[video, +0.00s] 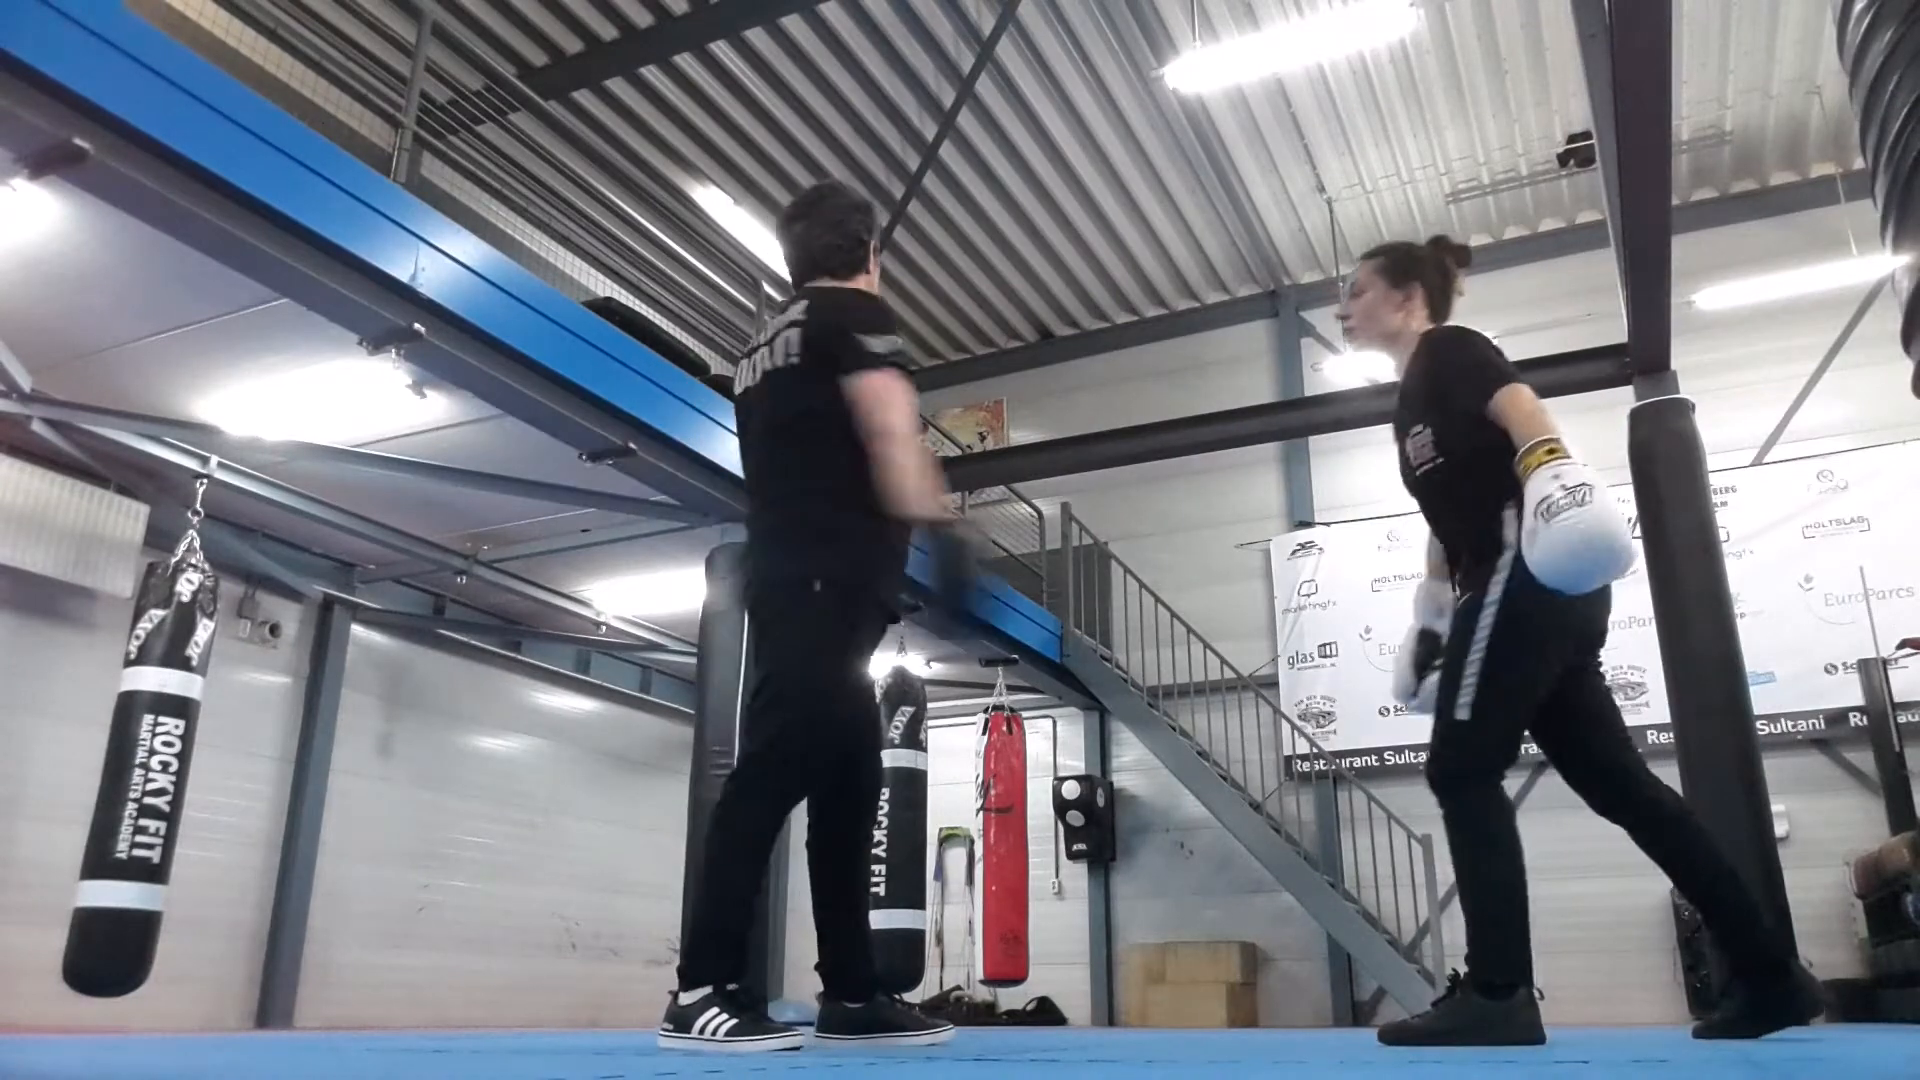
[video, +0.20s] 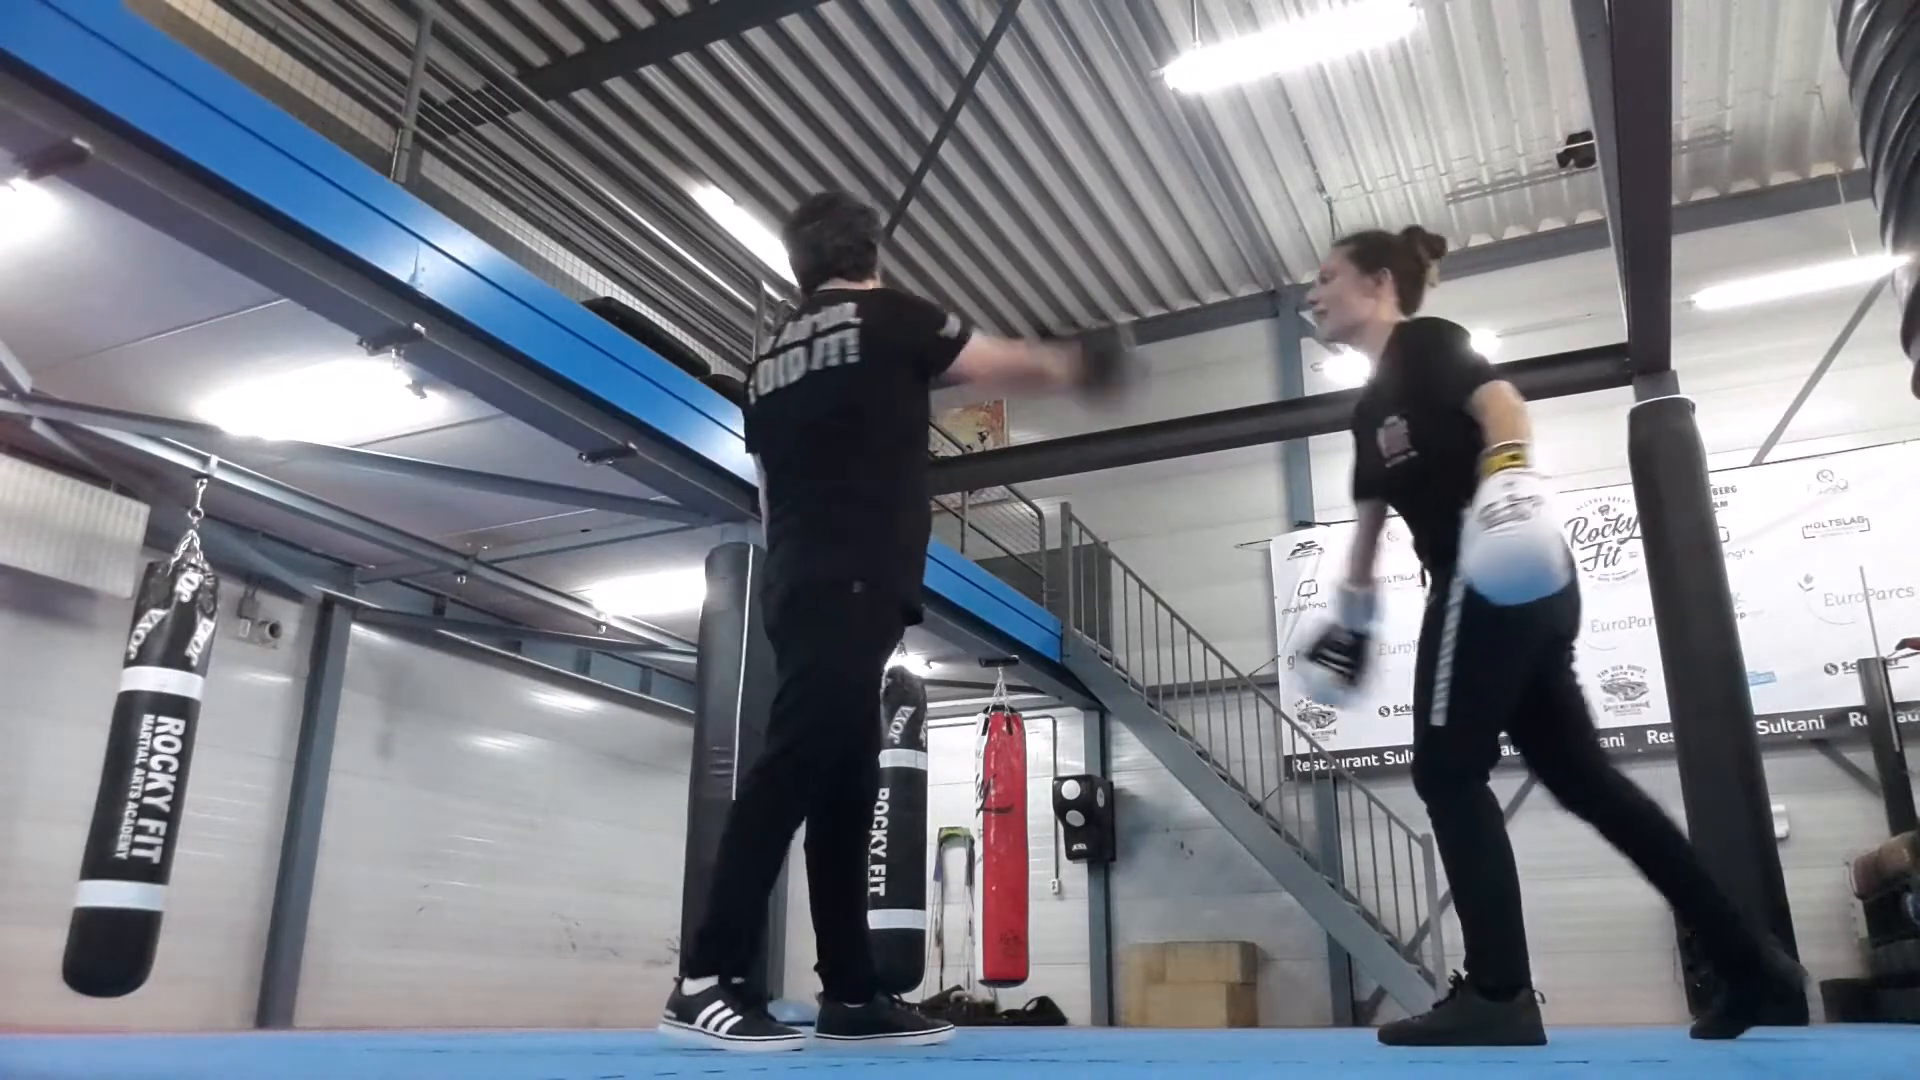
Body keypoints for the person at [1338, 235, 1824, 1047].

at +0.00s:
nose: (1345, 306)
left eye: (1358, 292)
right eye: (1346, 294)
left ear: (1407, 296)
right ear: (1396, 303)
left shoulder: (1447, 349)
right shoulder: (1412, 399)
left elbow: (1516, 407)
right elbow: (1451, 519)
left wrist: (1555, 476)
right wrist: (1431, 618)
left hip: (1527, 576)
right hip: (1526, 589)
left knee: (1461, 769)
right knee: (1619, 786)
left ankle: (1496, 996)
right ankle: (1768, 973)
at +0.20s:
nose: (1312, 294)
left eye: (1327, 280)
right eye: (1315, 282)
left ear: (1378, 286)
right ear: (1366, 292)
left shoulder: (1428, 344)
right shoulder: (1371, 406)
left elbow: (1500, 403)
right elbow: (1371, 516)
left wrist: (1508, 473)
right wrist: (1353, 609)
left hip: (1487, 578)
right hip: (1510, 582)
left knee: (1447, 772)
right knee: (1581, 778)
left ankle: (1498, 994)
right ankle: (1752, 967)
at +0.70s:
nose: (1297, 314)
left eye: (1300, 300)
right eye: (1299, 301)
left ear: (1325, 295)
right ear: (1374, 302)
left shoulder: (1332, 355)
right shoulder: (1403, 367)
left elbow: (1297, 456)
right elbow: (1354, 453)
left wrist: (1227, 550)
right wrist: (1276, 423)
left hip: (1401, 565)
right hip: (1465, 566)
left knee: (1463, 773)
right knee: (1391, 777)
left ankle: (1503, 993)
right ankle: (1395, 986)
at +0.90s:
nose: (1291, 340)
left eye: (1294, 329)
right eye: (1294, 330)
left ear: (1310, 326)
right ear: (1361, 334)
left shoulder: (1310, 380)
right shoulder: (1395, 401)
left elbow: (1280, 479)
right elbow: (1386, 525)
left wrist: (1219, 566)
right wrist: (1288, 563)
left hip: (1369, 584)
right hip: (1430, 588)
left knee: (1400, 778)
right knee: (1365, 783)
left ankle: (1493, 980)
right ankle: (1388, 992)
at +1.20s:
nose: (1267, 381)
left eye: (1266, 372)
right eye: (1270, 372)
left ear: (1278, 366)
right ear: (1331, 365)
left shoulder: (1285, 407)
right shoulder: (1380, 437)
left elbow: (1279, 480)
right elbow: (1425, 535)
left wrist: (1231, 571)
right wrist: (1473, 616)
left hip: (1320, 610)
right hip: (1395, 617)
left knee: (1260, 780)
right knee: (1374, 802)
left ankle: (1353, 940)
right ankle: (1393, 1001)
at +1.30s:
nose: (1253, 395)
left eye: (1253, 386)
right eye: (1254, 387)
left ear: (1265, 378)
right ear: (1318, 379)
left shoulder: (1272, 414)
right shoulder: (1368, 445)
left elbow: (1268, 477)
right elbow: (1430, 523)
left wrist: (1229, 560)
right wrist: (1498, 592)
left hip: (1306, 613)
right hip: (1382, 622)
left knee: (1247, 785)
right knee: (1371, 806)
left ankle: (1288, 977)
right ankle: (1394, 1001)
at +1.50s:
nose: (1214, 426)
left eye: (1215, 416)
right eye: (1215, 418)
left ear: (1231, 409)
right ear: (1285, 411)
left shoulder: (1234, 451)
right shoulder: (1338, 467)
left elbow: (1222, 505)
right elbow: (1402, 547)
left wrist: (1187, 554)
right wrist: (1468, 606)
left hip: (1274, 645)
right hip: (1356, 645)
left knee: (1245, 818)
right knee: (1361, 820)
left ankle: (1209, 990)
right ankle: (1394, 1000)